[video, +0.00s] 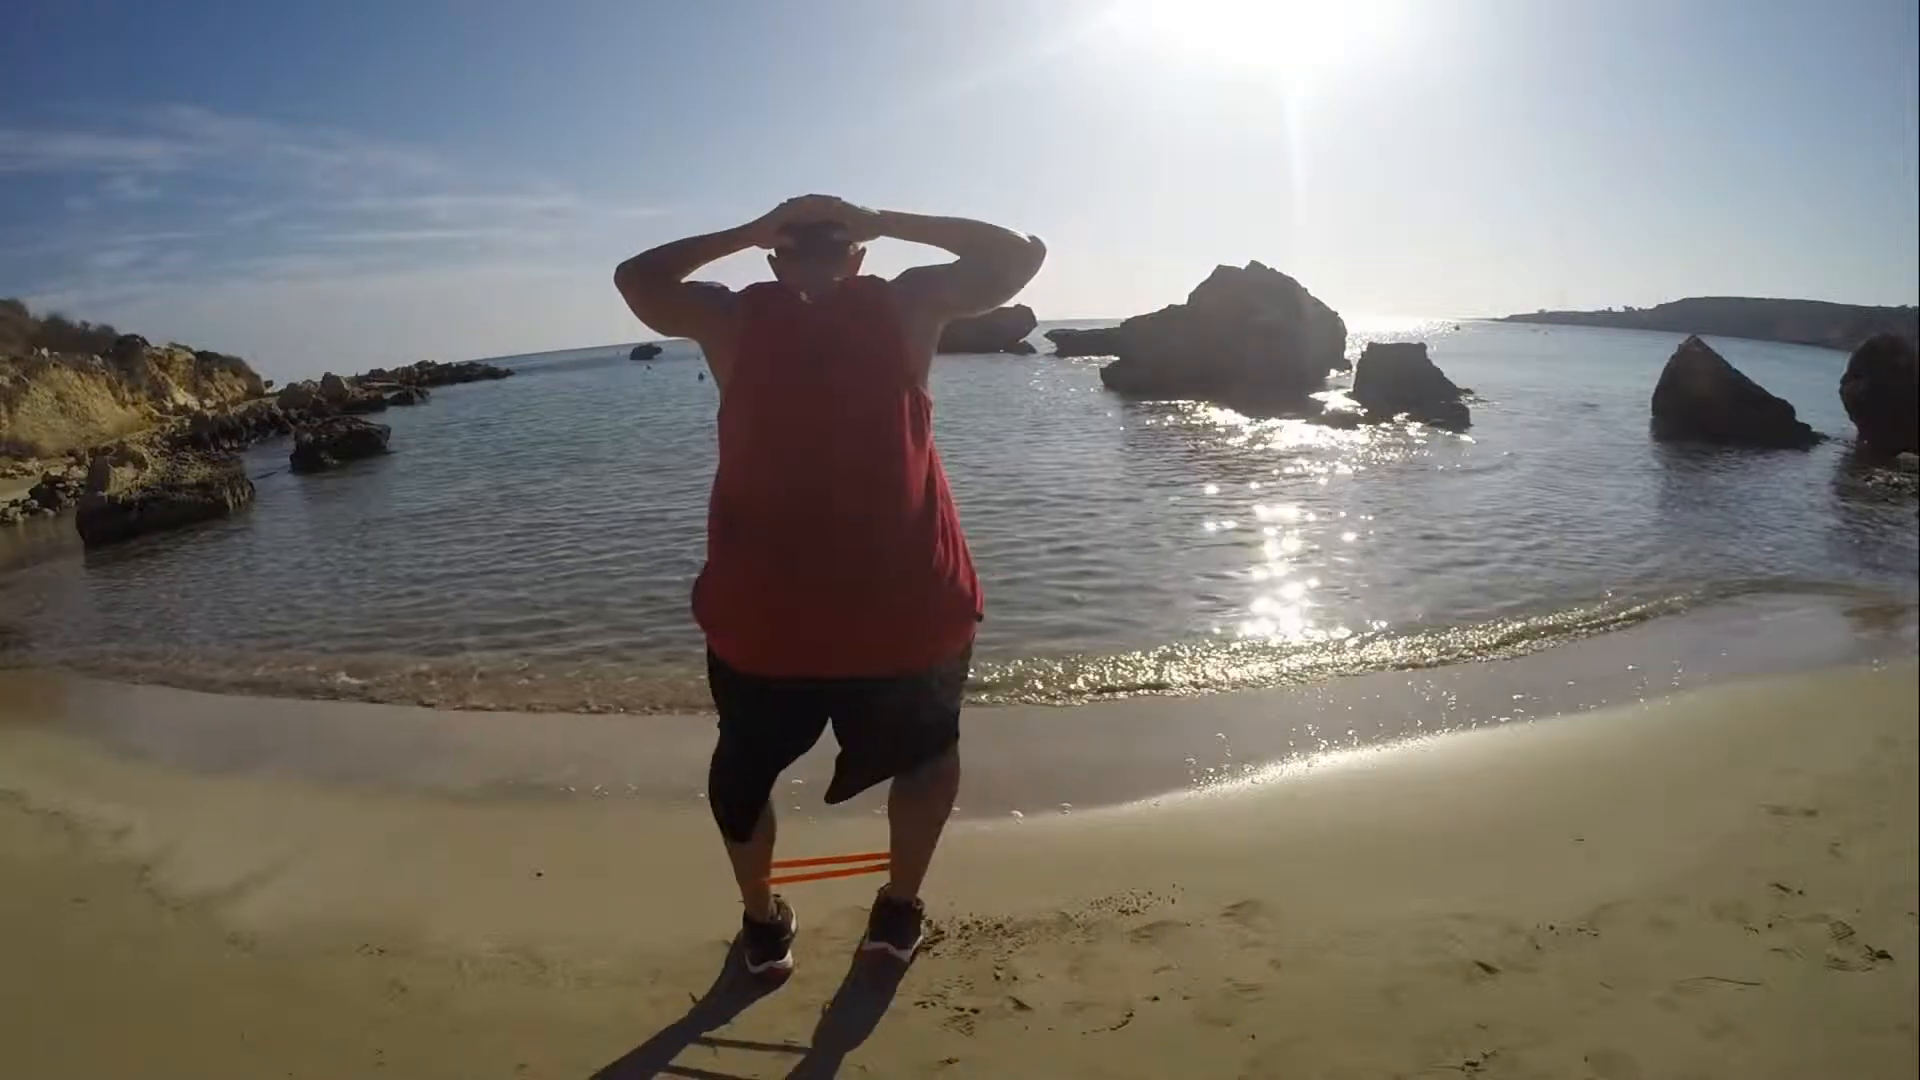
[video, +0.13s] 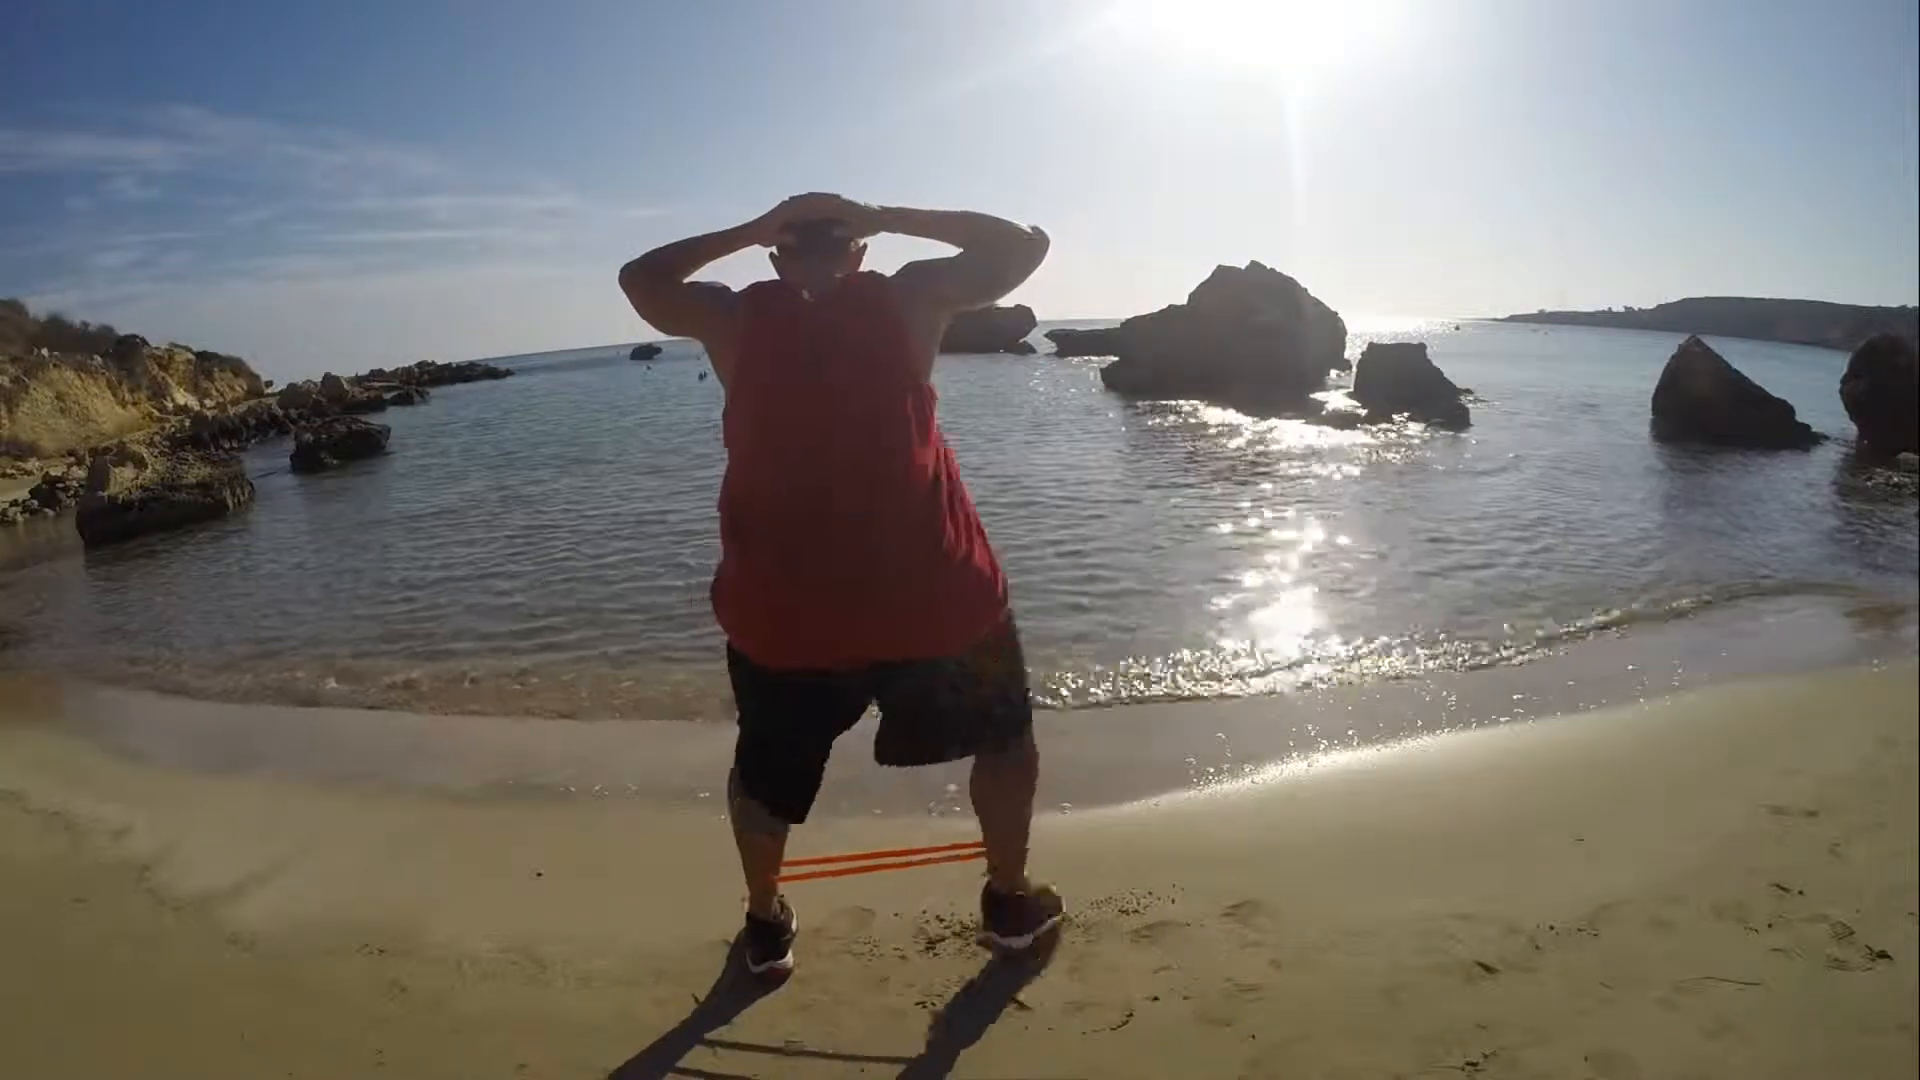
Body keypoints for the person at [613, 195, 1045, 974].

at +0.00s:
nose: (805, 248)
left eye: (807, 237)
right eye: (807, 236)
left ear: (773, 253)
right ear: (861, 251)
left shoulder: (730, 317)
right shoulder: (912, 306)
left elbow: (637, 279)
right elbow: (1019, 254)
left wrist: (750, 232)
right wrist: (889, 222)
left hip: (763, 597)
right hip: (900, 592)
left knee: (740, 775)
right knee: (927, 750)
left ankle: (762, 924)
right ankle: (899, 910)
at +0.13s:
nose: (812, 245)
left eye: (805, 235)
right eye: (824, 232)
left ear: (777, 252)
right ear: (863, 248)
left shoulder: (733, 318)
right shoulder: (913, 301)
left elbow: (641, 281)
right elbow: (1020, 246)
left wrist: (749, 232)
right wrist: (886, 217)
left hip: (782, 588)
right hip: (926, 577)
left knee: (768, 764)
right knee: (1002, 733)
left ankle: (764, 923)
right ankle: (1008, 899)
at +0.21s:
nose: (823, 246)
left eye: (816, 233)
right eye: (834, 230)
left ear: (787, 250)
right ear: (872, 246)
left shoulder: (746, 318)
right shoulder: (922, 297)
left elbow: (652, 282)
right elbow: (1031, 237)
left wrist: (759, 232)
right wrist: (893, 212)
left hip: (806, 585)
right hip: (955, 568)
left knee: (776, 755)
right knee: (1064, 725)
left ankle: (767, 920)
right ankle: (1120, 884)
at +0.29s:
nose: (857, 241)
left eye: (839, 235)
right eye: (866, 233)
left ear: (808, 256)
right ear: (892, 248)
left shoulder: (771, 321)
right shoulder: (950, 296)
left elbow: (672, 284)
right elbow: (1055, 235)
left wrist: (780, 235)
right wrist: (917, 215)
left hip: (837, 588)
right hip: (986, 570)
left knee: (785, 758)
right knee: (1121, 725)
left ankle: (771, 922)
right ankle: (1205, 871)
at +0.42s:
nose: (940, 257)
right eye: (944, 245)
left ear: (869, 264)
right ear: (957, 259)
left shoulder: (831, 333)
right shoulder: (1010, 311)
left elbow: (723, 291)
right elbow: (1115, 248)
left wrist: (835, 242)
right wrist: (986, 225)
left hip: (892, 617)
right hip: (1043, 604)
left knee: (810, 767)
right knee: (1167, 749)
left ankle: (776, 921)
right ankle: (1257, 899)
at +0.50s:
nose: (951, 270)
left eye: (944, 259)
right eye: (963, 255)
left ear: (924, 274)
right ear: (1010, 267)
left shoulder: (892, 341)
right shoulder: (1071, 320)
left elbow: (773, 297)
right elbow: (1169, 250)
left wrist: (893, 246)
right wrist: (1031, 230)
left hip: (943, 618)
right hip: (1092, 614)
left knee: (835, 769)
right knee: (1187, 755)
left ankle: (780, 918)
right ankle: (1262, 909)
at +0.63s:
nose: (1032, 260)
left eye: (1033, 245)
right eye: (1038, 243)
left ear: (1019, 255)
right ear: (1094, 248)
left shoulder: (987, 328)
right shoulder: (1164, 307)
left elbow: (854, 284)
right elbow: (1246, 241)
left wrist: (975, 236)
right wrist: (1127, 218)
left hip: (1027, 594)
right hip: (1172, 597)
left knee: (896, 748)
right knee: (1235, 755)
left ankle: (816, 899)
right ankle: (1264, 909)